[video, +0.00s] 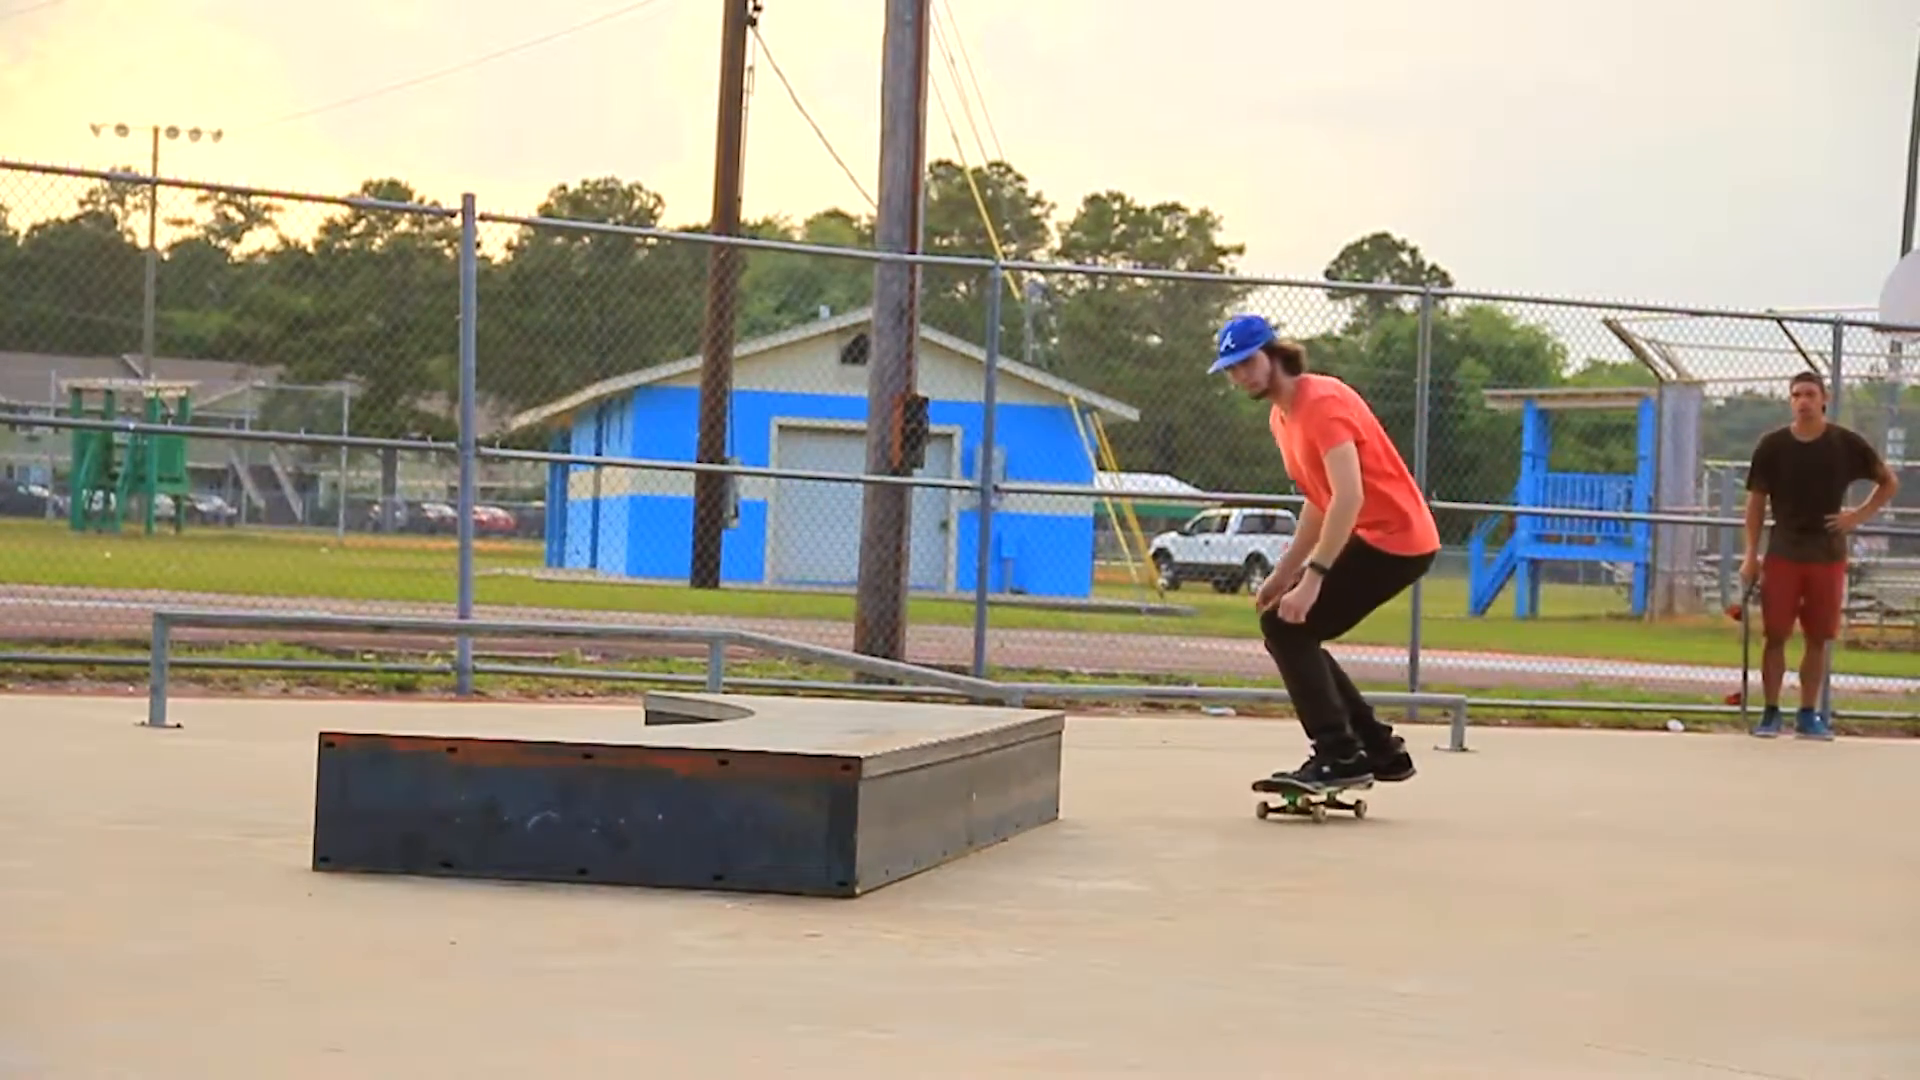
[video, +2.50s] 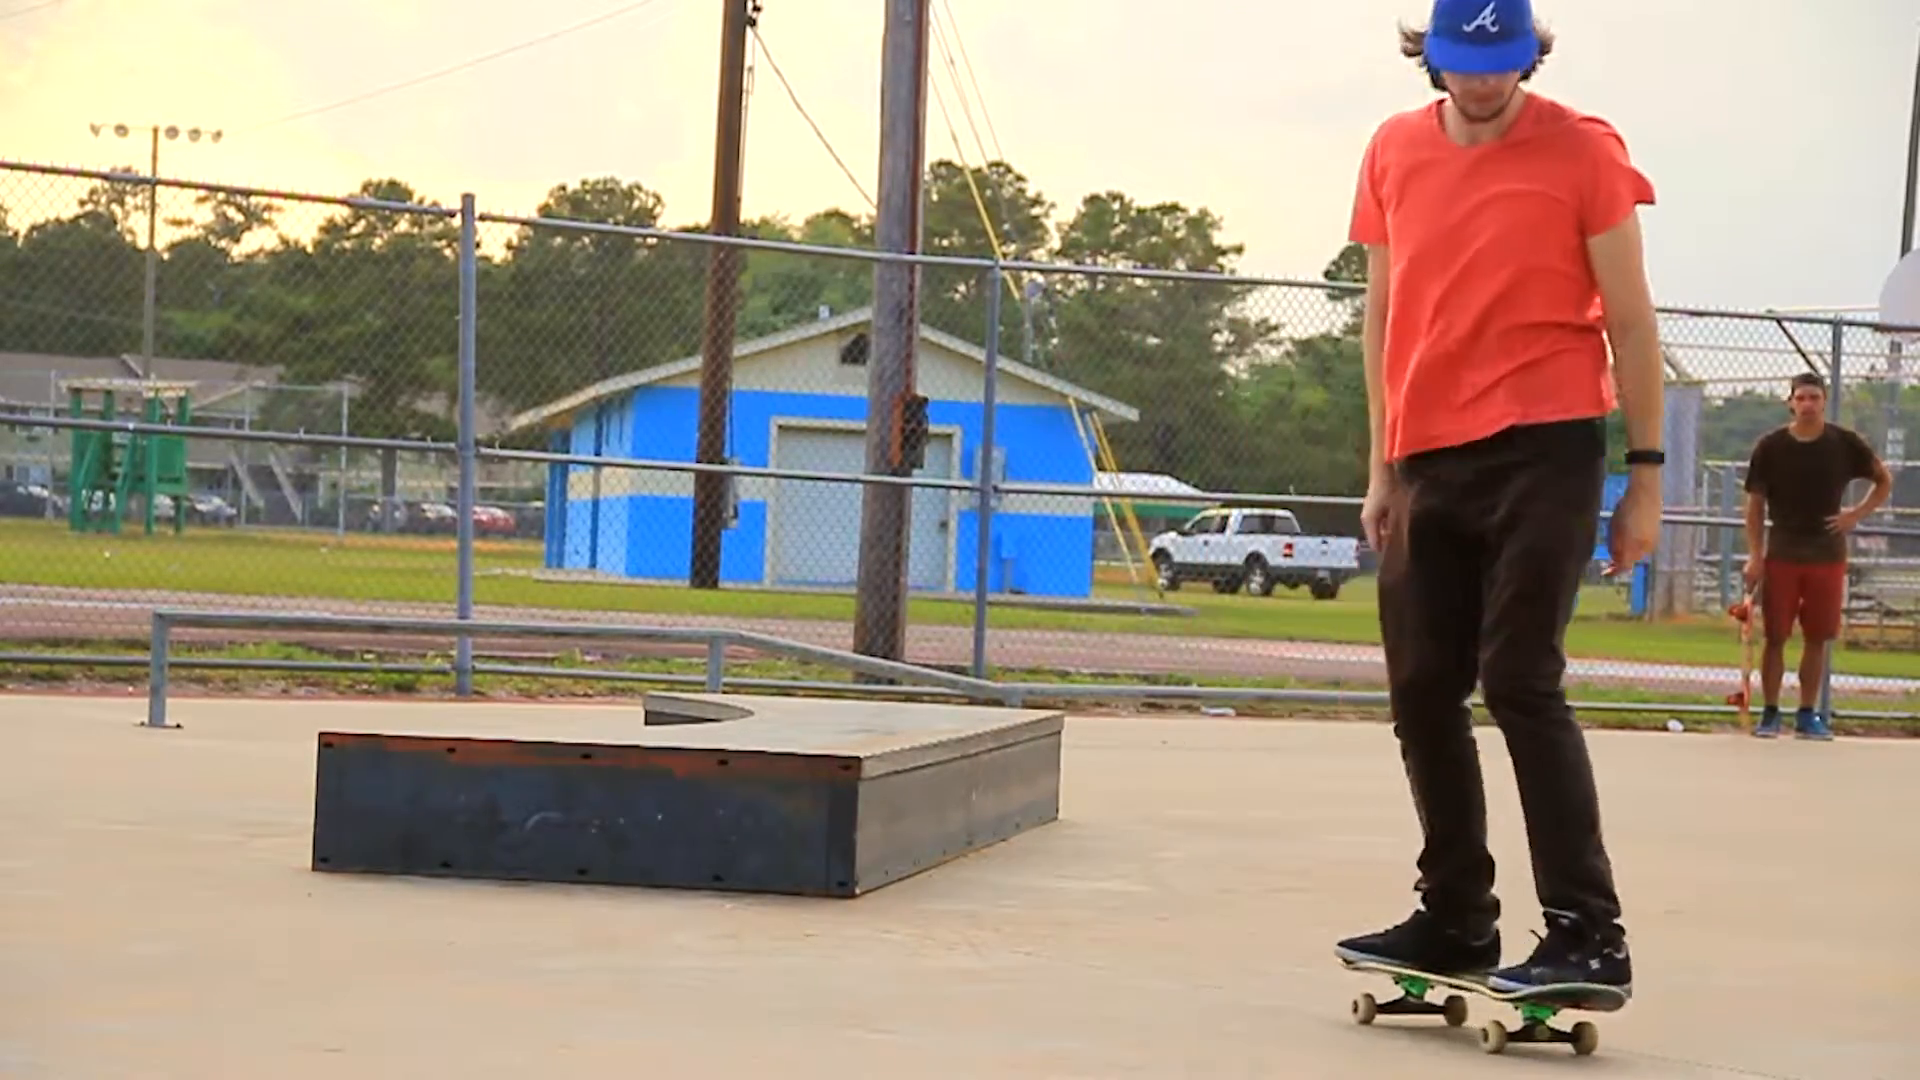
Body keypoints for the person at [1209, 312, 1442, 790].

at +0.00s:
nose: (1240, 376)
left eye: (1245, 363)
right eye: (1231, 370)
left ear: (1270, 353)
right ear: (1228, 373)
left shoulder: (1320, 401)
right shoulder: (1281, 417)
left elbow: (1349, 495)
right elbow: (1319, 499)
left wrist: (1312, 580)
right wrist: (1285, 572)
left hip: (1395, 540)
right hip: (1371, 538)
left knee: (1285, 625)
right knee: (1287, 627)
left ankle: (1340, 753)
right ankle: (1376, 746)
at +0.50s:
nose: (1092, 223)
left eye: (1094, 209)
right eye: (1085, 214)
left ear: (1123, 187)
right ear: (1092, 205)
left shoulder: (1174, 212)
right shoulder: (1112, 236)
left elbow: (1178, 158)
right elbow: (1059, 239)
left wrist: (1112, 102)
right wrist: (986, 239)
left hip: (1218, 403)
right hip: (1201, 409)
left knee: (1067, 440)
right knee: (1150, 550)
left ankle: (1136, 574)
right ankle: (1200, 709)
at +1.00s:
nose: (939, 179)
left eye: (943, 163)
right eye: (932, 169)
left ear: (976, 144)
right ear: (939, 165)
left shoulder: (1026, 185)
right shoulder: (989, 209)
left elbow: (1015, 143)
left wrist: (945, 97)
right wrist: (996, 399)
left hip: (1068, 391)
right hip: (1030, 392)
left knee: (931, 498)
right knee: (910, 504)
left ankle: (978, 667)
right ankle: (975, 658)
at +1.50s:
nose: (976, 104)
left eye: (980, 87)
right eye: (967, 94)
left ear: (1012, 58)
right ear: (963, 78)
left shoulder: (1068, 73)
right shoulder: (995, 121)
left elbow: (1113, 7)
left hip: (1126, 321)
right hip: (1061, 335)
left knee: (1001, 332)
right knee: (930, 466)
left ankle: (1056, 521)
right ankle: (939, 636)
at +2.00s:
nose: (1166, 302)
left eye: (1176, 286)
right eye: (1152, 289)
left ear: (1211, 258)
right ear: (1134, 267)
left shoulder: (1268, 328)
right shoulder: (1132, 318)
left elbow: (1316, 470)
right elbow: (1137, 454)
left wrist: (1281, 586)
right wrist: (1116, 566)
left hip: (1239, 570)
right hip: (1149, 571)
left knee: (1146, 686)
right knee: (1061, 720)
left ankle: (1237, 869)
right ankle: (1160, 864)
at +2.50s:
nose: (1481, 93)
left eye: (1500, 75)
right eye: (1462, 75)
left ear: (1531, 56)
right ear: (1432, 58)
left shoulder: (1582, 148)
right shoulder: (1396, 148)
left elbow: (1632, 316)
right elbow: (1379, 320)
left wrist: (1647, 471)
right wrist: (1382, 465)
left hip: (1546, 451)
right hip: (1428, 461)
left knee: (1520, 682)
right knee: (1422, 695)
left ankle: (1587, 934)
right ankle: (1457, 918)